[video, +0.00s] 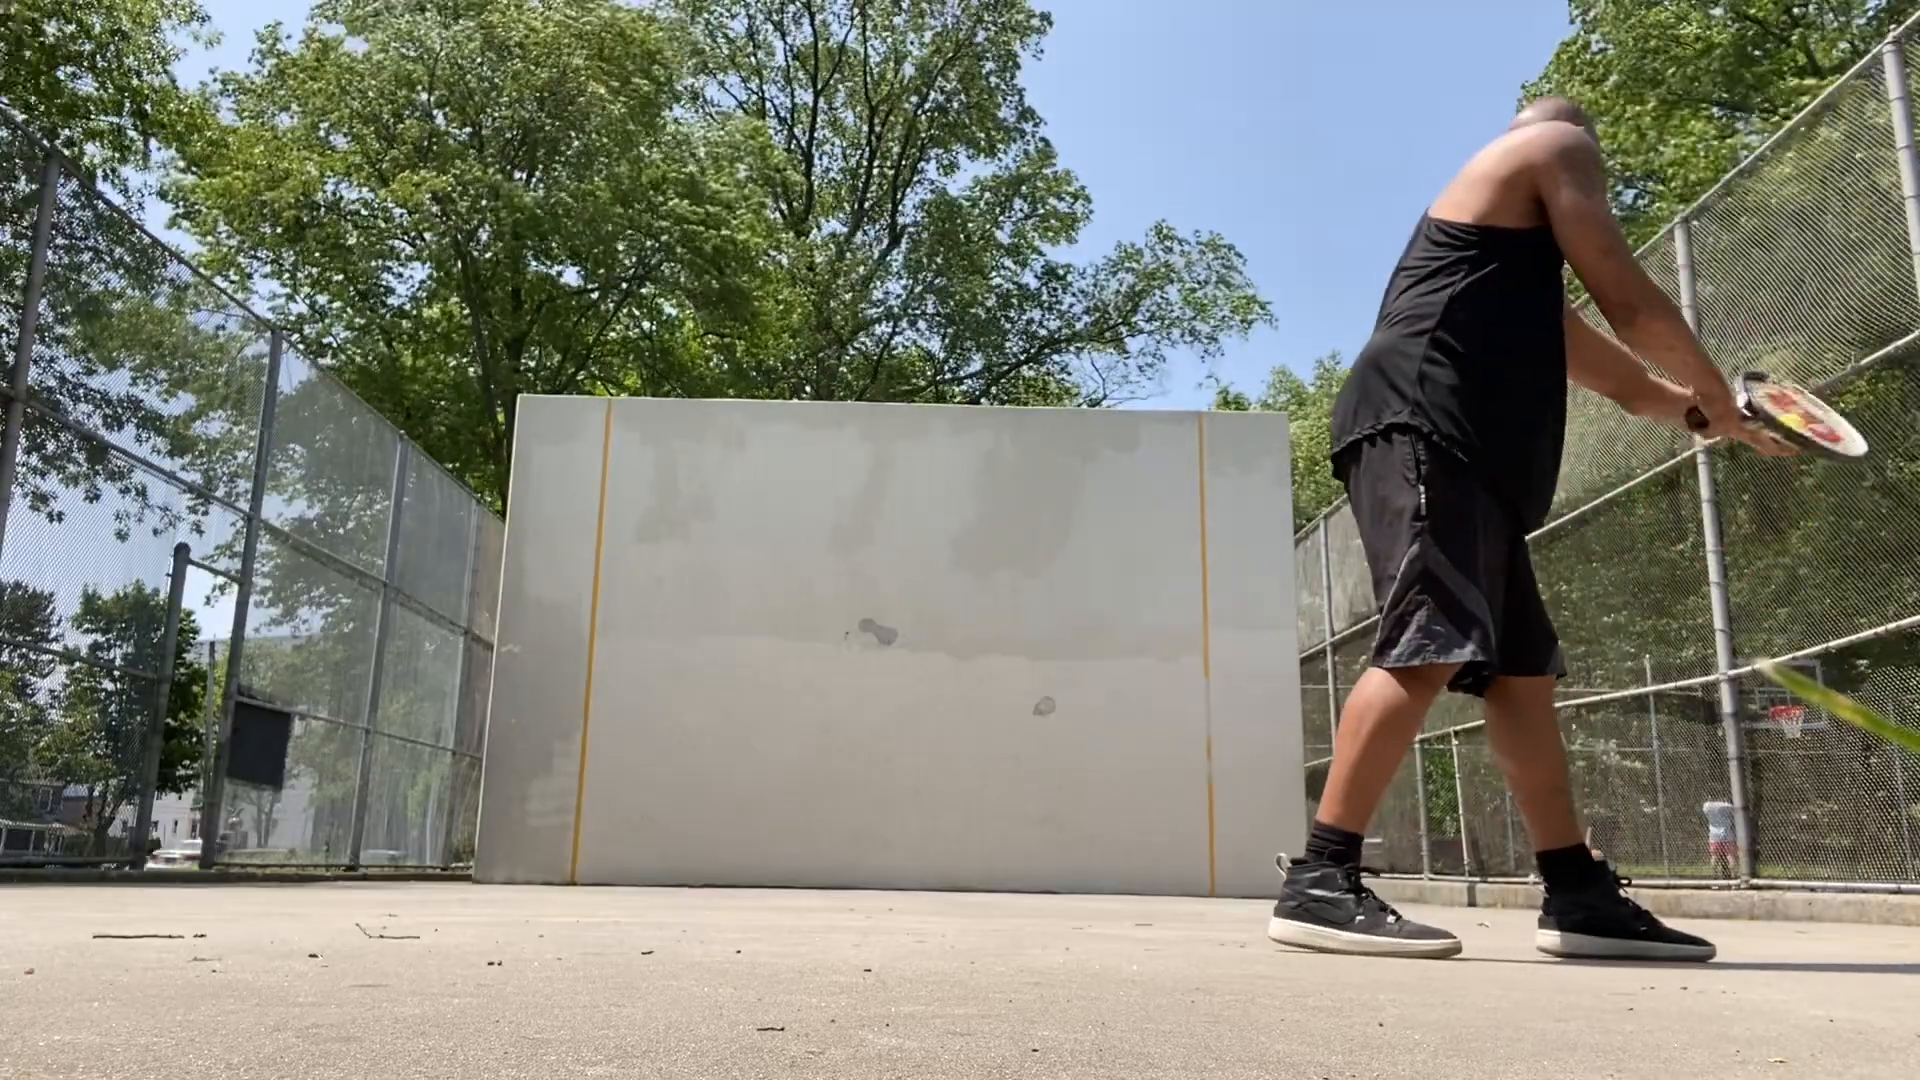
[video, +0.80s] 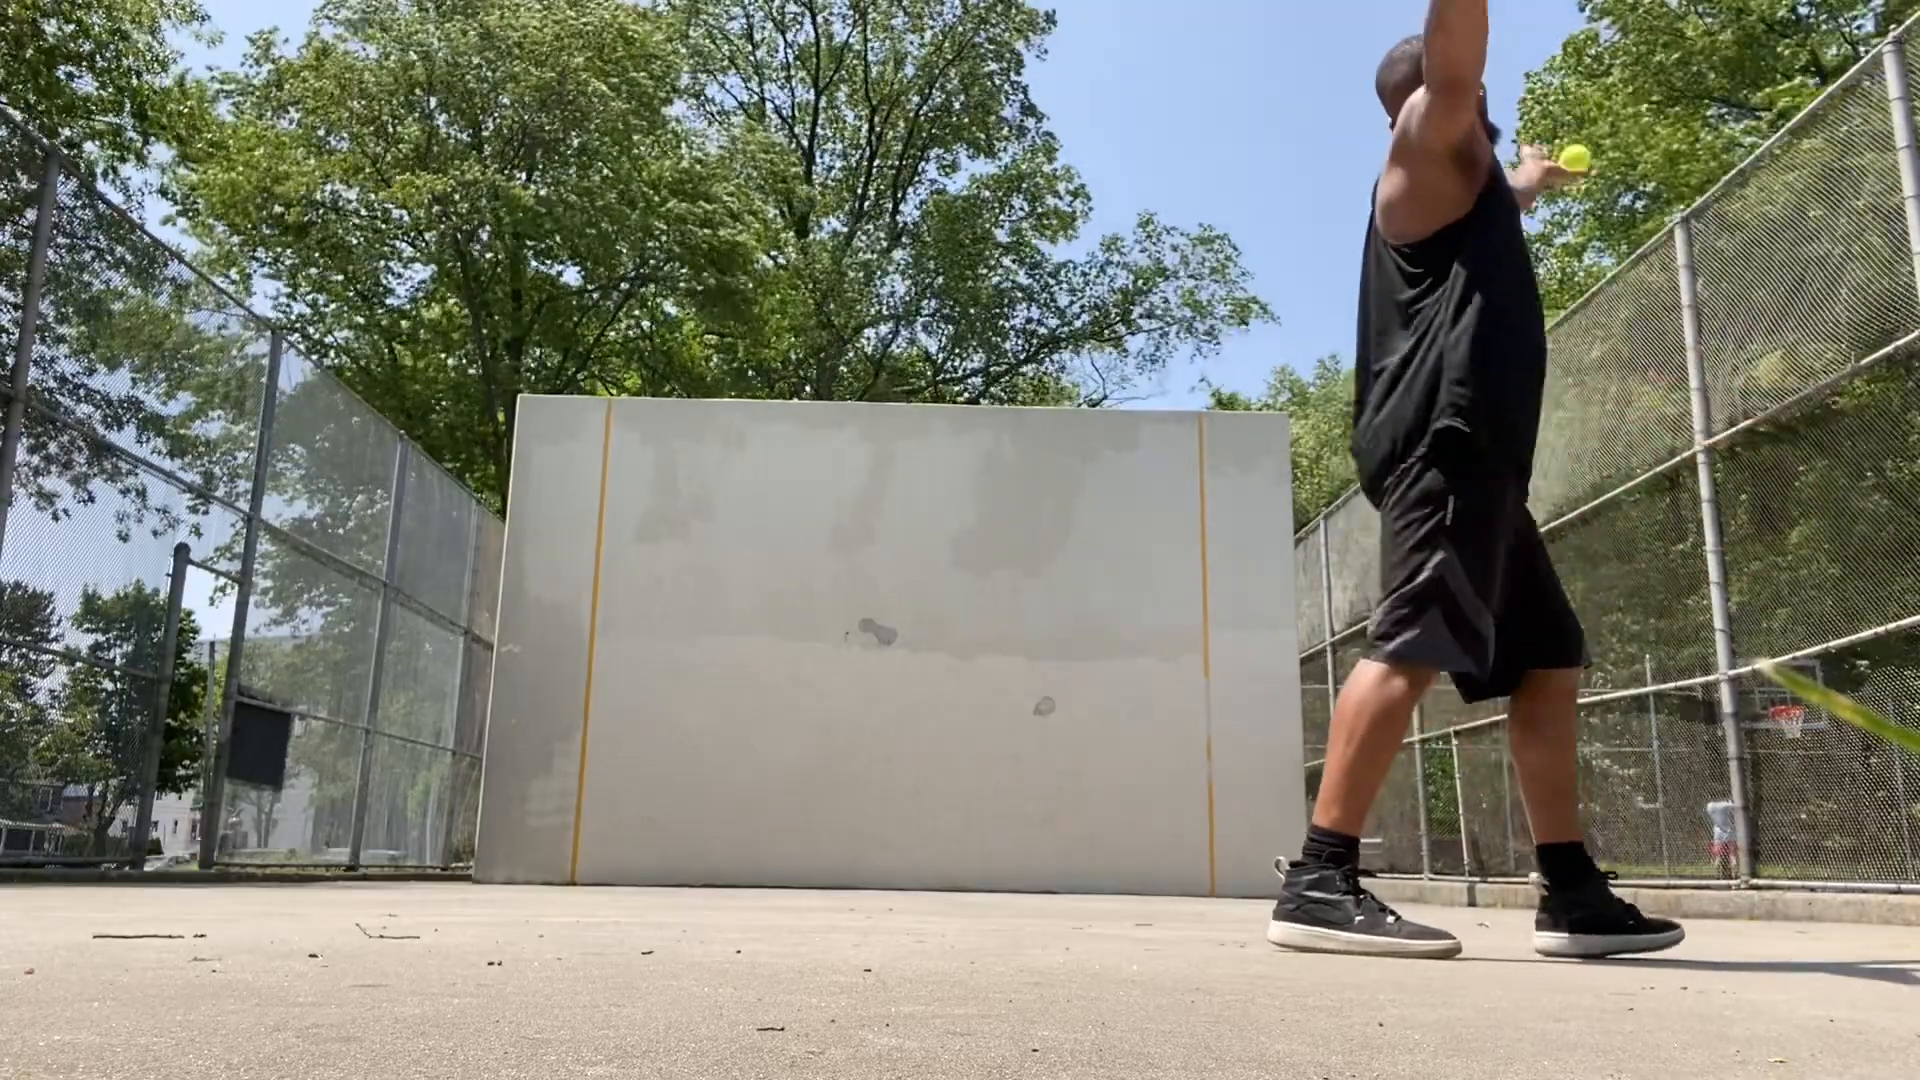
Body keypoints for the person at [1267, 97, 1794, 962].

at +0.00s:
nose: (1595, 165)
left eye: (1591, 157)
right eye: (1589, 148)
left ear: (1525, 135)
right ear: (1571, 131)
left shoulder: (1506, 247)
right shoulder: (1552, 142)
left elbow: (1618, 379)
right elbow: (1624, 296)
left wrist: (1693, 414)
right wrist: (1715, 394)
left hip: (1466, 451)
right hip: (1416, 422)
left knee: (1520, 665)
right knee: (1428, 637)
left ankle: (1578, 894)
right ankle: (1322, 878)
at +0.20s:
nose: (1527, 124)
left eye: (1522, 113)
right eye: (1522, 109)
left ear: (1446, 98)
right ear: (1504, 97)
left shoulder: (1430, 172)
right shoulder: (1475, 128)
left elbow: (1520, 357)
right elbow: (1512, 291)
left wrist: (1623, 455)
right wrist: (1610, 433)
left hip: (1426, 441)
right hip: (1408, 426)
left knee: (1487, 674)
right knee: (1442, 643)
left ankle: (1573, 893)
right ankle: (1324, 876)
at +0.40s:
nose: (1480, 103)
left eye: (1474, 93)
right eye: (1476, 89)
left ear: (1390, 92)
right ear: (1457, 79)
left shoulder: (1385, 156)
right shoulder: (1429, 115)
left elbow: (1394, 320)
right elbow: (1428, 242)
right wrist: (1480, 358)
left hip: (1409, 434)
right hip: (1403, 425)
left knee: (1488, 666)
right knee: (1442, 640)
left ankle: (1572, 892)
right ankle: (1323, 878)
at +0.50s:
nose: (1466, 96)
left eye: (1460, 85)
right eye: (1460, 81)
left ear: (1382, 88)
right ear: (1438, 73)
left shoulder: (1392, 155)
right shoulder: (1413, 111)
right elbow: (1413, 201)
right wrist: (1449, 279)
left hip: (1426, 438)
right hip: (1405, 429)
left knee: (1489, 664)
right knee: (1427, 644)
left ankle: (1570, 892)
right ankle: (1321, 881)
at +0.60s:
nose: (1461, 88)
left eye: (1453, 78)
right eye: (1455, 74)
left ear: (1373, 83)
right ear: (1440, 69)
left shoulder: (1405, 165)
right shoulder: (1396, 111)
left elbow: (1468, 350)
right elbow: (1421, 148)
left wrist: (1521, 469)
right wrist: (1456, 160)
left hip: (1447, 452)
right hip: (1407, 441)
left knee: (1500, 669)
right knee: (1413, 646)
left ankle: (1569, 893)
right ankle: (1319, 881)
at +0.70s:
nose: (1468, 98)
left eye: (1462, 81)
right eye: (1446, 76)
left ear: (1411, 88)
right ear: (1409, 86)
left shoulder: (1448, 182)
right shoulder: (1397, 152)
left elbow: (1497, 282)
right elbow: (1424, 114)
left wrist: (1550, 330)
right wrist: (1452, 30)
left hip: (1464, 458)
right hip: (1412, 449)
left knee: (1519, 663)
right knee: (1400, 648)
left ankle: (1569, 893)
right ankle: (1318, 881)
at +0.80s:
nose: (1482, 107)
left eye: (1475, 91)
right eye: (1464, 92)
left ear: (1429, 101)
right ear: (1423, 98)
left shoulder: (1458, 184)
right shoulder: (1425, 158)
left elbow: (1500, 199)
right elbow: (1454, 52)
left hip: (1471, 455)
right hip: (1439, 446)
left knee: (1548, 655)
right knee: (1408, 645)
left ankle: (1573, 893)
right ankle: (1320, 880)